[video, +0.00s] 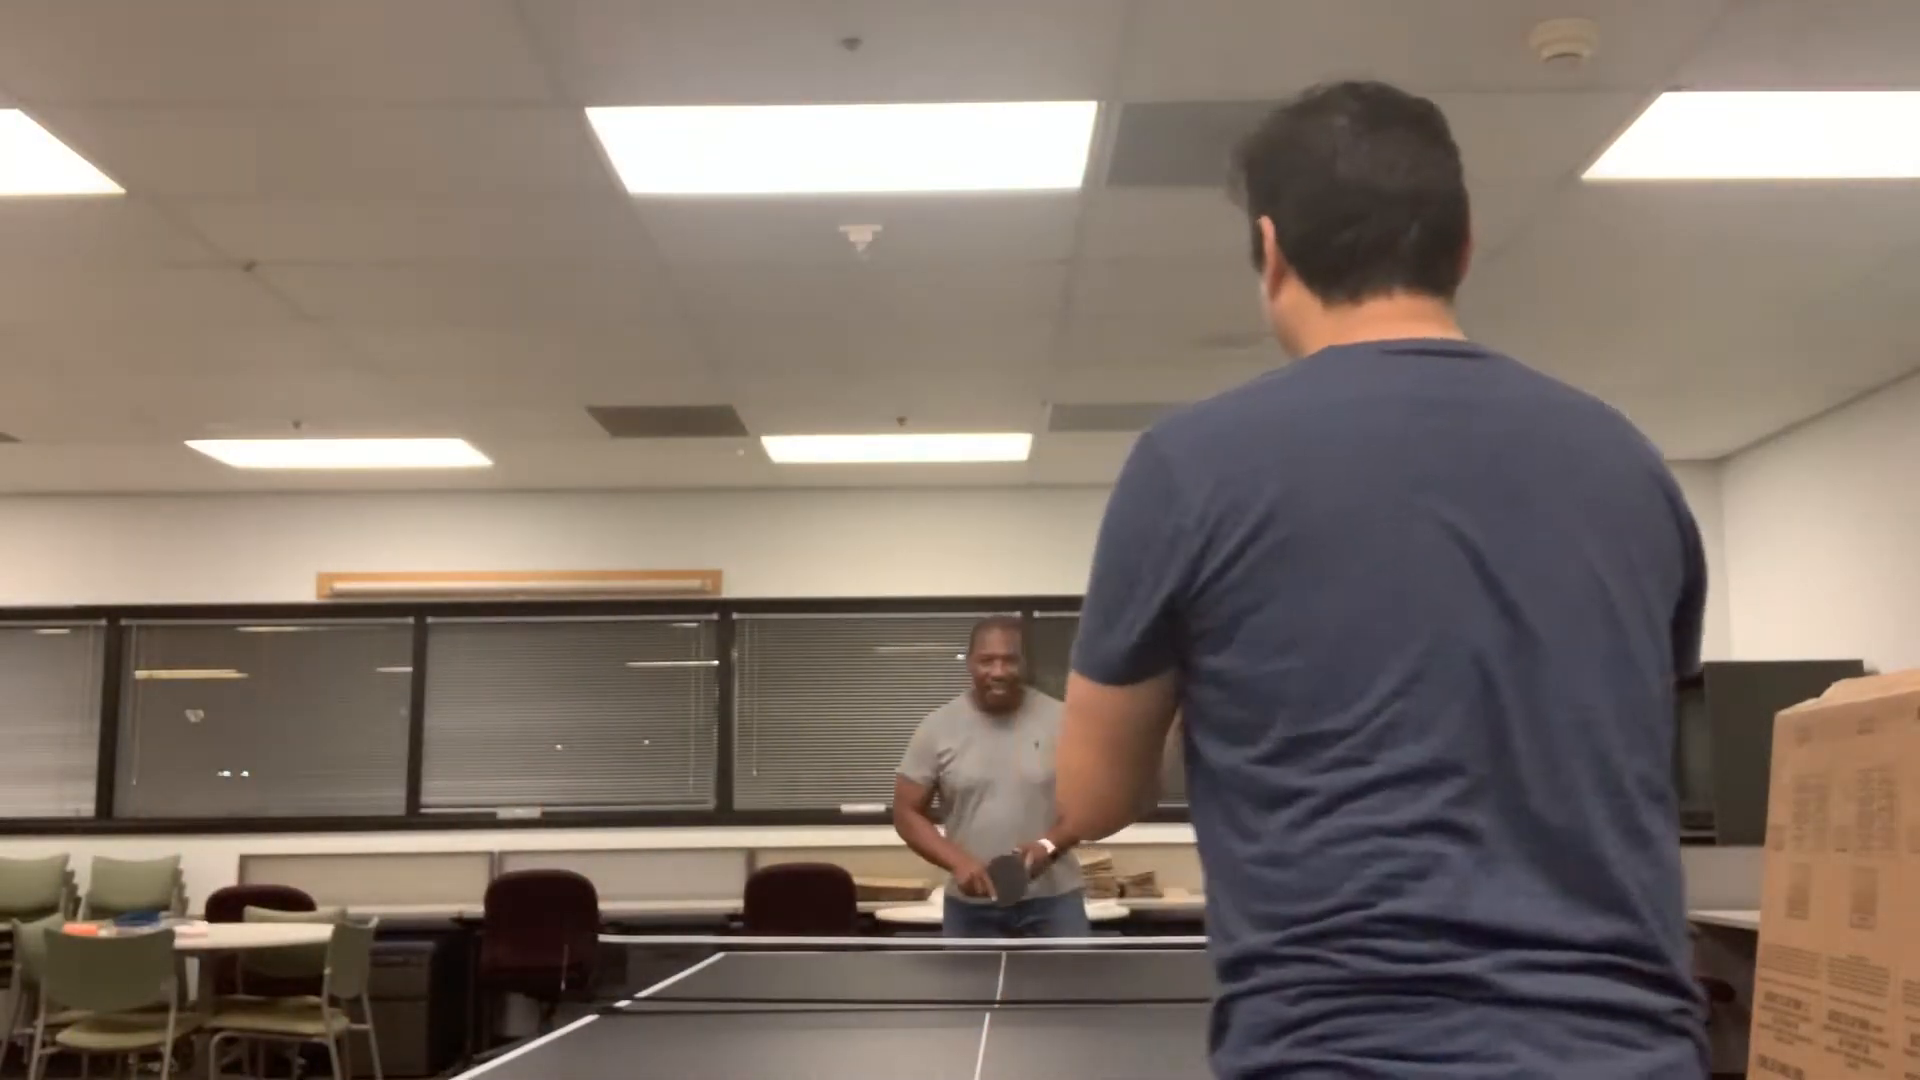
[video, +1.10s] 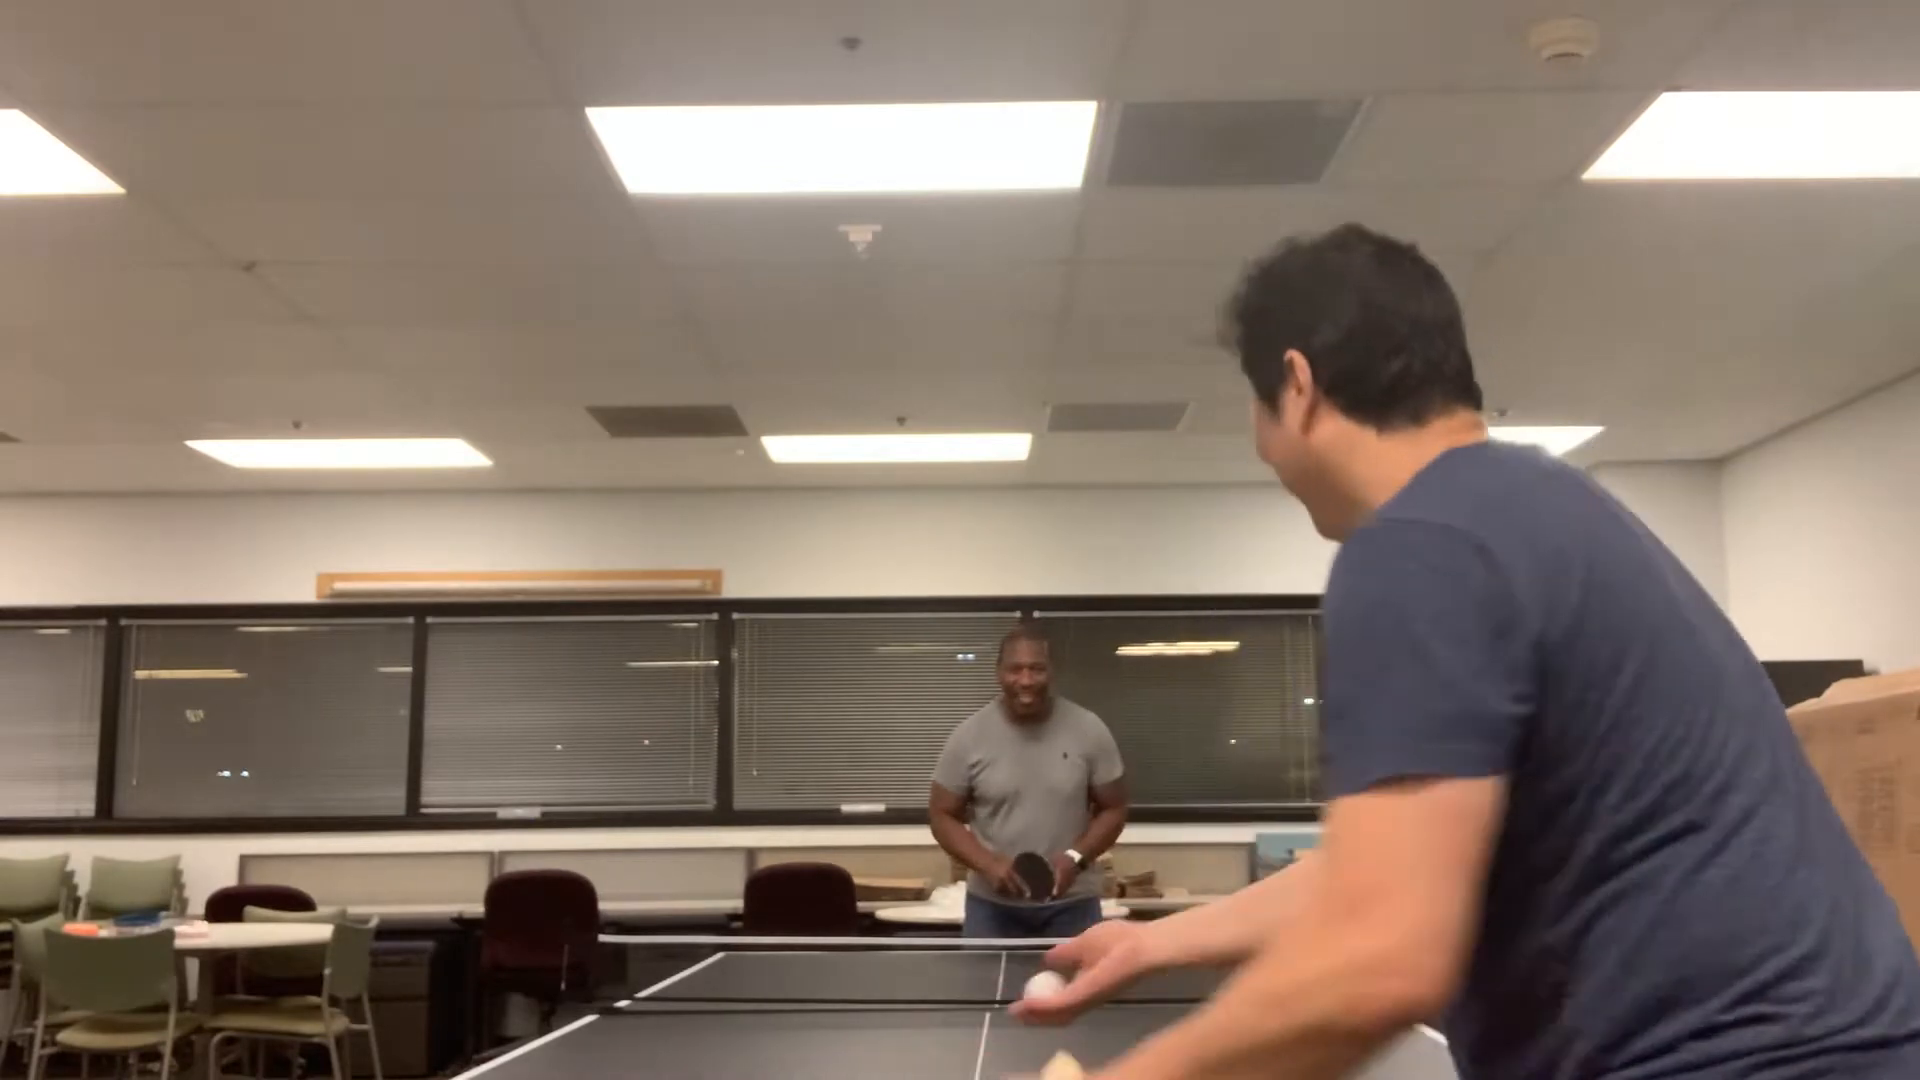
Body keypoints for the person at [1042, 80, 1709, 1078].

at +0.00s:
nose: (1251, 284)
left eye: (1247, 256)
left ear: (1269, 252)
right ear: (1464, 245)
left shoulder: (1194, 461)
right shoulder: (1625, 459)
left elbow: (1092, 798)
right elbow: (1645, 739)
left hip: (1324, 1044)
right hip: (1624, 1045)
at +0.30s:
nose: (1325, 304)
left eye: (1319, 272)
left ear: (1341, 262)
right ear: (1535, 250)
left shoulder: (1296, 472)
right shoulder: (1706, 444)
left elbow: (1191, 800)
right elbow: (1724, 709)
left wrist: (1298, 615)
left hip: (1477, 1046)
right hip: (1774, 1042)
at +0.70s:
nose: (1303, 301)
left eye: (1296, 269)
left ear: (1320, 258)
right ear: (1513, 248)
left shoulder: (1285, 458)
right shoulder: (1676, 425)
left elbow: (1189, 792)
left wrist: (1286, 673)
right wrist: (1320, 681)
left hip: (1517, 1050)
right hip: (1810, 1039)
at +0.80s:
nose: (1285, 318)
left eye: (1279, 283)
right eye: (1277, 288)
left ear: (1307, 275)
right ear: (1488, 259)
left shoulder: (1292, 470)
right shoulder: (1653, 434)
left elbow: (1175, 807)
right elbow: (1515, 748)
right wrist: (1207, 751)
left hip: (1544, 1048)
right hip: (1817, 1034)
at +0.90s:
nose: (1272, 359)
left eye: (1265, 322)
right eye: (1266, 326)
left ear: (1301, 301)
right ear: (1460, 286)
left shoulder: (1314, 495)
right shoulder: (1629, 459)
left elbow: (1178, 859)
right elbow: (1496, 811)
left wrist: (1121, 817)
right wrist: (1217, 825)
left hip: (1578, 1052)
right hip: (1842, 1034)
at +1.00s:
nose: (1262, 400)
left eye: (1257, 358)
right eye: (1256, 364)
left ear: (1297, 346)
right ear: (1447, 327)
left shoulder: (1370, 526)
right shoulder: (1579, 481)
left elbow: (1227, 933)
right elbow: (1487, 843)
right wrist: (1232, 893)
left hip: (1640, 1057)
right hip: (1855, 1030)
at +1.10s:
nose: (1260, 446)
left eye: (1254, 403)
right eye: (1255, 407)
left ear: (1303, 390)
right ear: (1443, 368)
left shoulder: (1424, 544)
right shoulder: (1543, 510)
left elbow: (1386, 960)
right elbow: (1393, 863)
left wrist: (1131, 1074)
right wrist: (1150, 944)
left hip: (1708, 1054)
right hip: (1844, 1031)